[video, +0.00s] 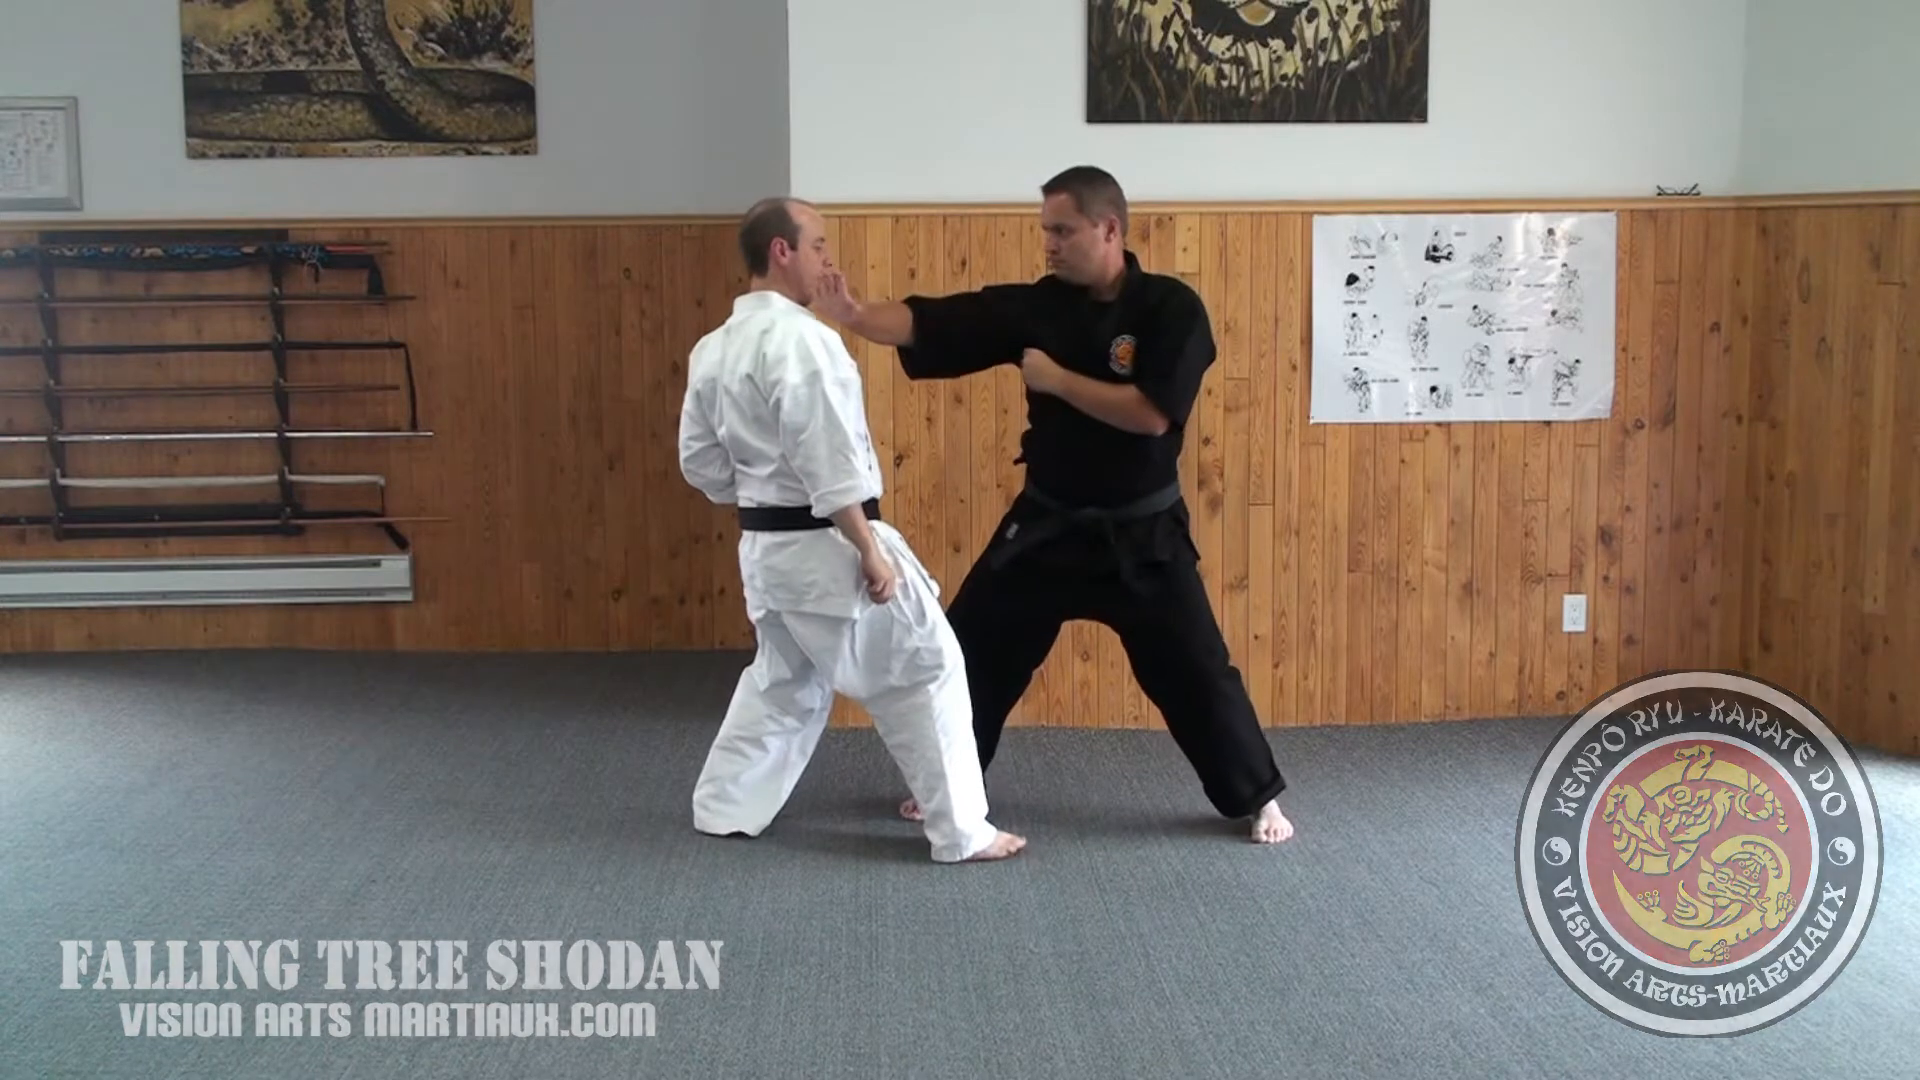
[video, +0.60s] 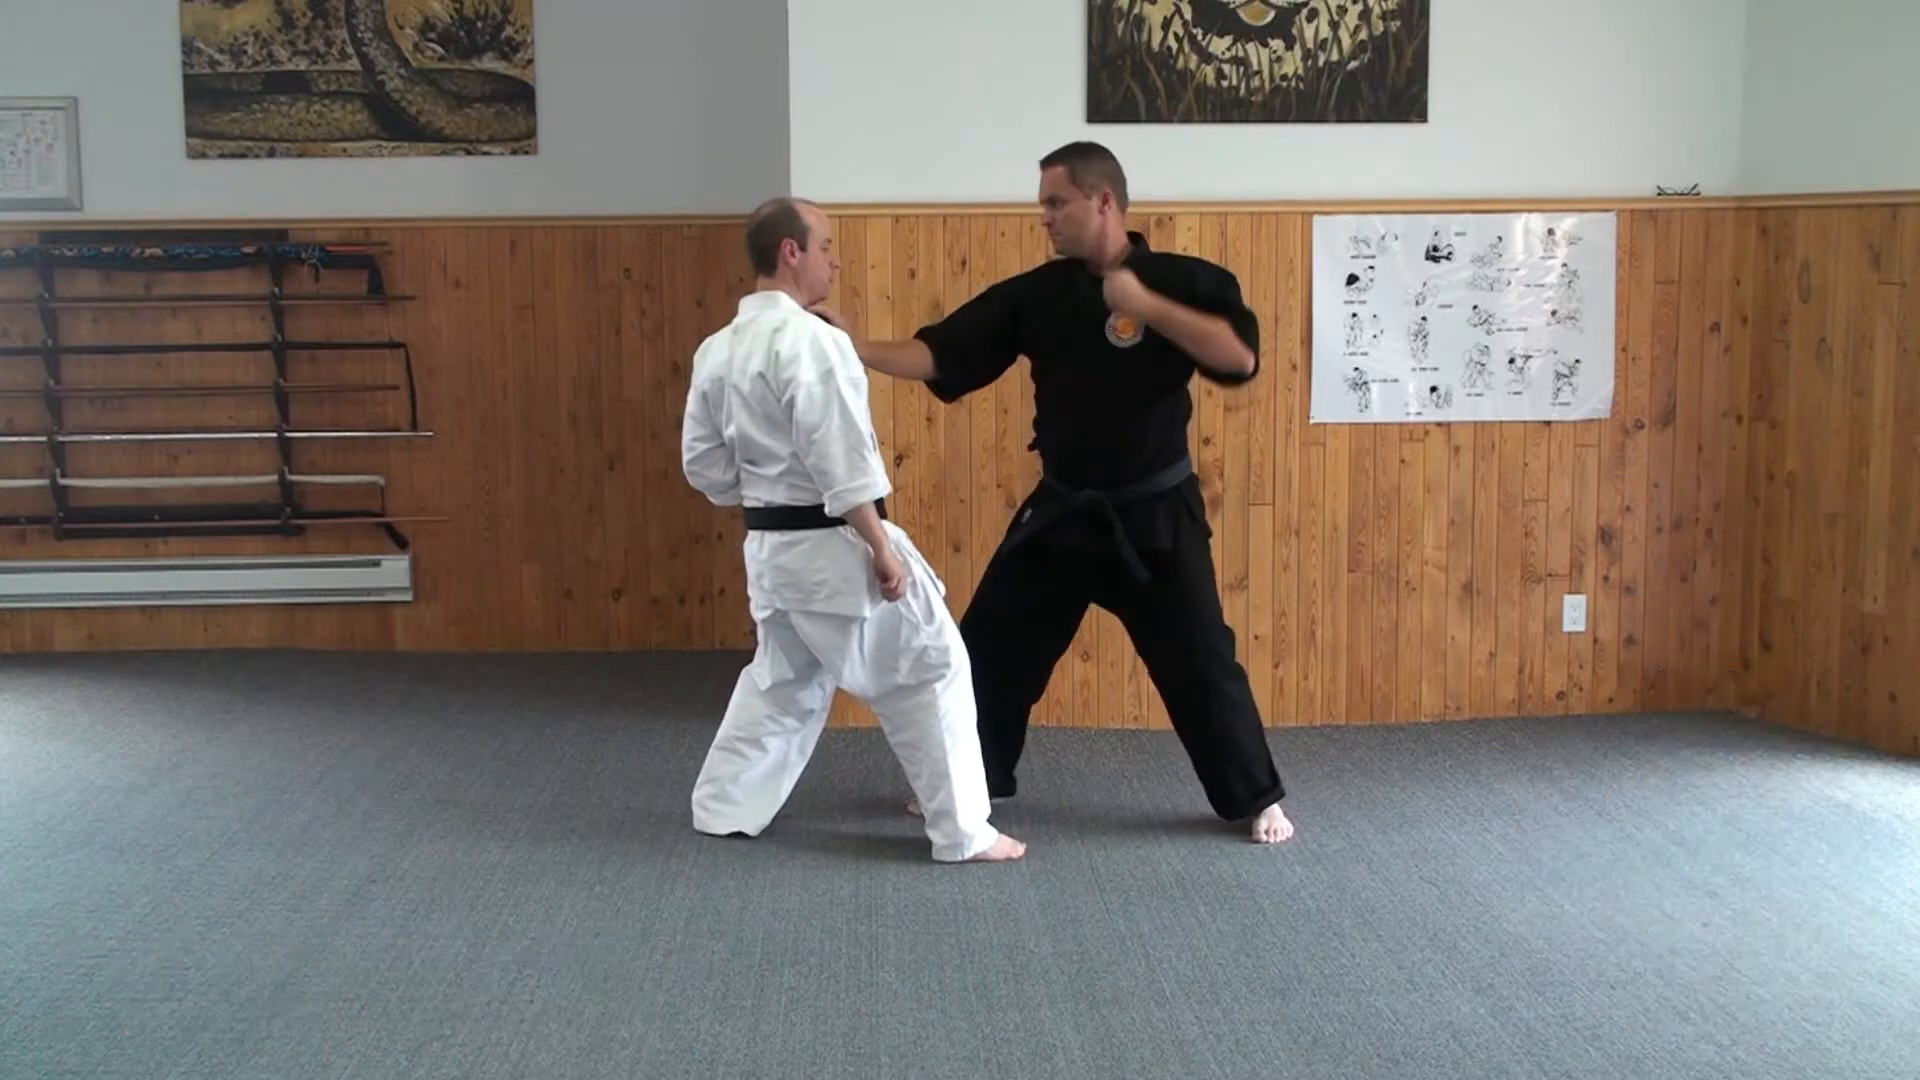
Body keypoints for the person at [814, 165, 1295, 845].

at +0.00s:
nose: (1048, 244)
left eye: (1061, 231)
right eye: (1045, 230)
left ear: (1111, 231)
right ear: (1048, 231)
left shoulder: (1171, 309)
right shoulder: (1034, 307)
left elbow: (1155, 414)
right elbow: (931, 322)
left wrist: (1055, 380)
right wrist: (857, 315)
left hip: (1142, 532)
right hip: (1043, 527)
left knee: (1197, 667)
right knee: (973, 651)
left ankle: (1258, 798)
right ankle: (946, 785)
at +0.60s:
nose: (1045, 218)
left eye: (1057, 205)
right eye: (1043, 206)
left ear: (1107, 202)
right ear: (1057, 209)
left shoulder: (1184, 283)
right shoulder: (1034, 297)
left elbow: (1239, 359)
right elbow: (937, 354)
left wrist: (1149, 307)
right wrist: (849, 348)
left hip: (1157, 512)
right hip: (1059, 513)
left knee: (1200, 659)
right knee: (989, 646)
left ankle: (1259, 800)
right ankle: (962, 782)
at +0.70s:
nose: (1032, 212)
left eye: (1043, 199)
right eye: (1030, 200)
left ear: (1090, 196)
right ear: (1070, 201)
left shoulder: (1160, 272)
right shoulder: (1027, 292)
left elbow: (1219, 302)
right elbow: (926, 354)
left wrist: (1131, 237)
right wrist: (833, 345)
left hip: (1143, 507)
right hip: (1049, 511)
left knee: (1189, 649)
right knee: (984, 639)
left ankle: (1258, 792)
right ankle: (1016, 777)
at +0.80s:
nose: (1015, 214)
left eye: (1025, 200)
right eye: (1013, 202)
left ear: (1074, 199)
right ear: (1051, 205)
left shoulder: (1125, 276)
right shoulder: (1011, 294)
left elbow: (1176, 253)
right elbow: (912, 350)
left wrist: (1106, 182)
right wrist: (824, 345)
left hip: (1118, 507)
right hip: (1030, 511)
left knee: (1172, 643)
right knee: (978, 639)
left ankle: (1259, 784)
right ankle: (1021, 781)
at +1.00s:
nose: (977, 207)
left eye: (987, 193)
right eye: (975, 196)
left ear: (1033, 193)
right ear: (992, 202)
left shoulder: (1072, 262)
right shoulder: (976, 287)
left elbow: (1073, 197)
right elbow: (883, 333)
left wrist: (1037, 130)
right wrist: (792, 333)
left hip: (1063, 491)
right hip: (991, 495)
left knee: (1101, 642)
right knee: (967, 644)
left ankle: (1218, 767)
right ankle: (1017, 784)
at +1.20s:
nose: (955, 198)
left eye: (965, 183)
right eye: (952, 187)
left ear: (1006, 177)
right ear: (964, 191)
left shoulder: (1048, 250)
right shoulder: (956, 276)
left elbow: (1019, 176)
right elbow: (865, 317)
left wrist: (1004, 118)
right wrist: (776, 324)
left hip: (1039, 473)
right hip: (972, 475)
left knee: (1011, 632)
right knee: (962, 634)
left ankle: (1111, 758)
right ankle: (1013, 781)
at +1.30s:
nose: (951, 194)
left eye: (962, 179)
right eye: (947, 182)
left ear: (1002, 175)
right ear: (955, 188)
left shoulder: (1043, 249)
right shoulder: (954, 270)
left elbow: (1012, 170)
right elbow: (868, 315)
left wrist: (1004, 109)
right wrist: (785, 328)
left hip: (1027, 469)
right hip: (968, 471)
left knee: (985, 628)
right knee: (958, 631)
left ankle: (1043, 763)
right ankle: (1003, 782)